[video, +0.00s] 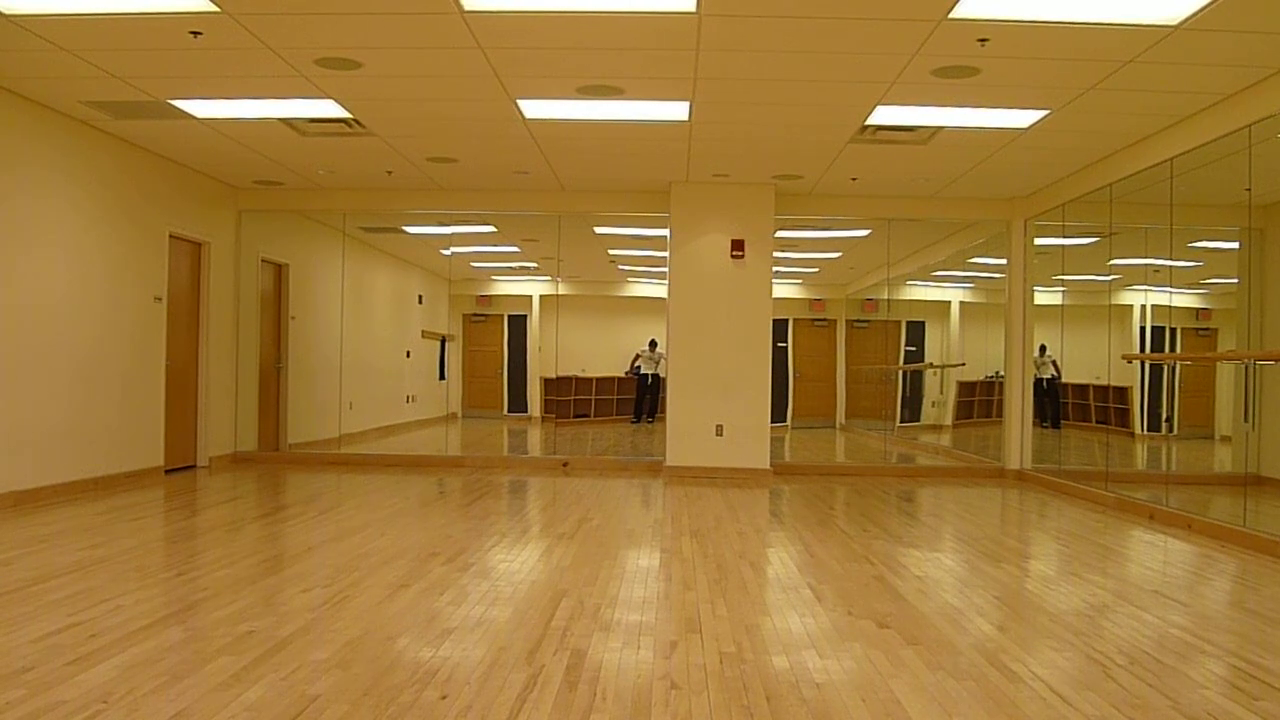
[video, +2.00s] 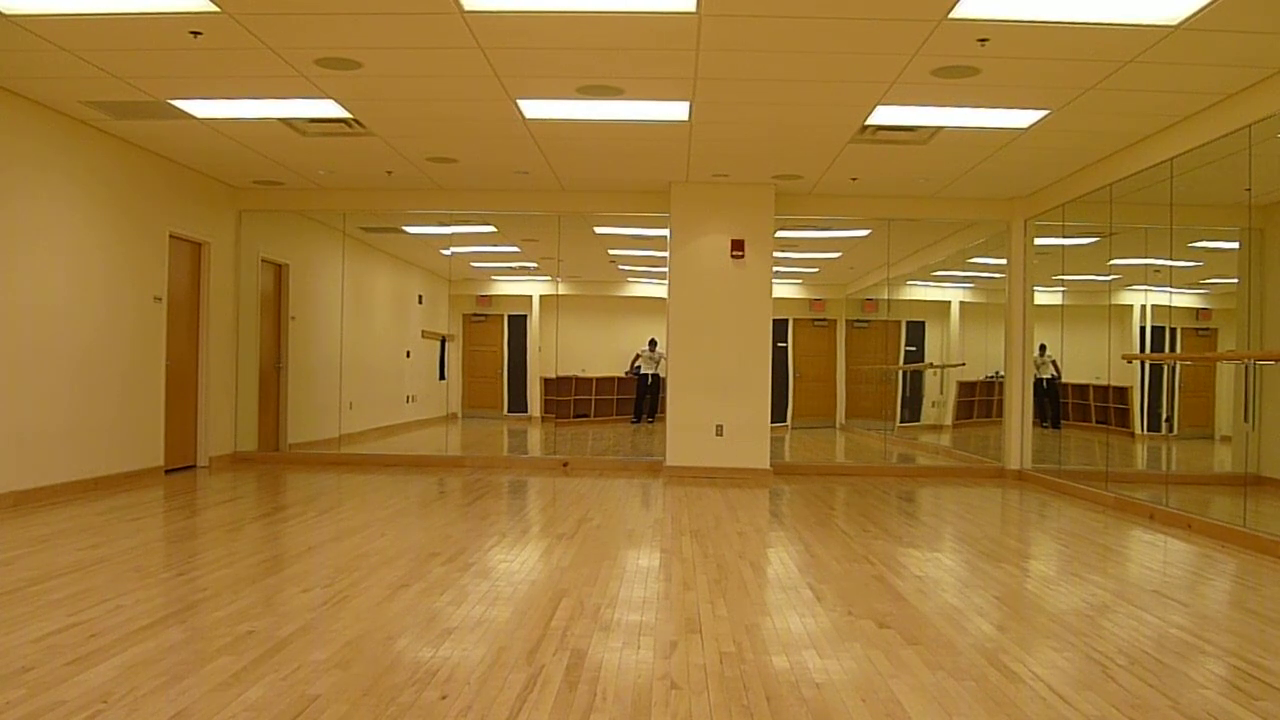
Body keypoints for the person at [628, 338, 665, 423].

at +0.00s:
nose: (652, 350)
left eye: (653, 348)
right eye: (650, 348)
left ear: (656, 348)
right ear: (648, 346)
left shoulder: (660, 354)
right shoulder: (642, 352)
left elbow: (668, 361)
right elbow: (634, 360)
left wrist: (667, 373)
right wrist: (631, 370)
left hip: (654, 374)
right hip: (643, 373)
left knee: (654, 396)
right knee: (640, 395)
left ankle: (651, 416)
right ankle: (637, 416)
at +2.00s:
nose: (652, 349)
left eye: (653, 347)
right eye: (650, 347)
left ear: (656, 347)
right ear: (648, 346)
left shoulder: (660, 354)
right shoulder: (642, 352)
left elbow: (668, 362)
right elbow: (634, 360)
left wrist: (668, 373)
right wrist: (631, 370)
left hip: (654, 373)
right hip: (643, 373)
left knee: (654, 396)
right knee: (640, 395)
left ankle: (651, 416)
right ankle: (637, 416)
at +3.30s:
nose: (651, 348)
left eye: (652, 346)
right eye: (649, 346)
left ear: (655, 346)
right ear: (646, 346)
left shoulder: (658, 354)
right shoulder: (641, 352)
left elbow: (666, 360)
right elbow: (632, 360)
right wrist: (630, 370)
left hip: (654, 374)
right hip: (643, 374)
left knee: (654, 396)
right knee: (640, 395)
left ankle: (651, 416)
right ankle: (637, 416)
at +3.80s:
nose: (641, 348)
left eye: (642, 345)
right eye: (639, 346)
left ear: (644, 345)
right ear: (636, 347)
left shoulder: (650, 353)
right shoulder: (634, 354)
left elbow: (659, 361)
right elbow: (627, 361)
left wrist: (665, 371)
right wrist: (628, 370)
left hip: (654, 374)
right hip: (642, 374)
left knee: (654, 396)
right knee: (640, 396)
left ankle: (651, 416)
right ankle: (637, 416)